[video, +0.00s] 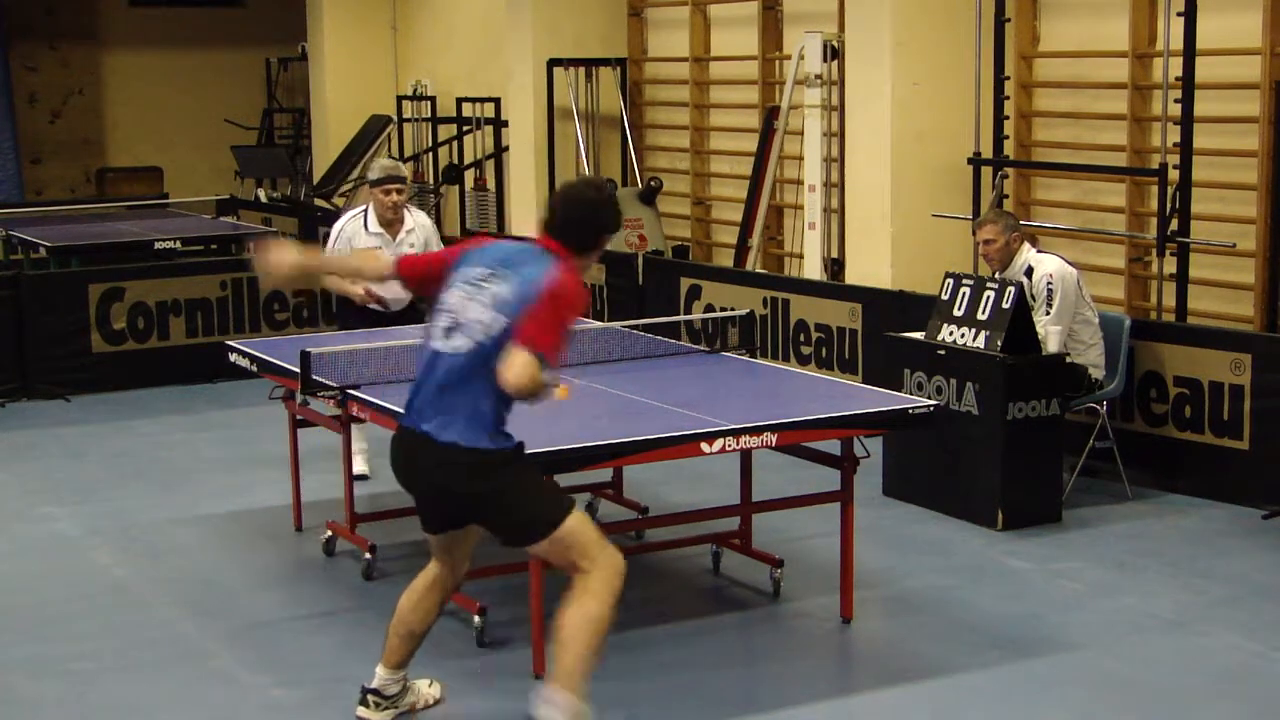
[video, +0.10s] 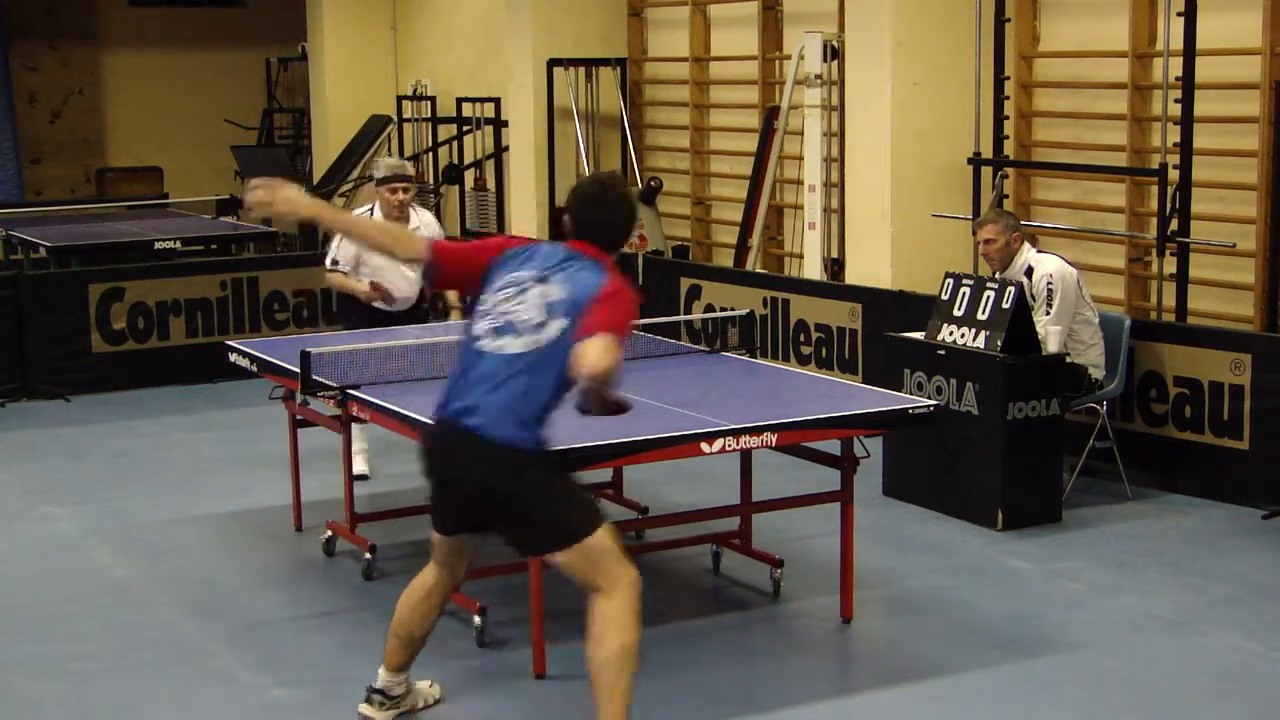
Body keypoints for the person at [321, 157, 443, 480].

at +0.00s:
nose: (394, 199)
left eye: (400, 192)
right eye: (386, 193)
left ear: (408, 192)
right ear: (371, 193)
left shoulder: (423, 224)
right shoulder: (348, 226)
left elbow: (440, 269)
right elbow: (324, 274)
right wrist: (351, 289)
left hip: (408, 308)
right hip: (362, 311)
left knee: (416, 377)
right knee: (355, 379)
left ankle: (423, 449)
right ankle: (358, 451)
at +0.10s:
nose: (400, 198)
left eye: (406, 191)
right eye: (392, 192)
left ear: (415, 191)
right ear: (377, 192)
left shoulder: (428, 223)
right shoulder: (358, 221)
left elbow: (446, 267)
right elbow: (332, 274)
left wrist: (456, 314)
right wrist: (360, 289)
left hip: (414, 311)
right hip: (368, 312)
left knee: (425, 378)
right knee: (359, 378)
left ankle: (440, 449)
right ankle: (358, 448)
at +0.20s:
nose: (411, 196)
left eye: (416, 189)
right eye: (403, 190)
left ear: (423, 190)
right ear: (388, 191)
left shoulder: (435, 222)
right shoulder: (366, 222)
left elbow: (458, 265)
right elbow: (340, 273)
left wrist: (469, 309)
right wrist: (368, 283)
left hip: (421, 309)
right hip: (375, 310)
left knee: (434, 376)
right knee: (361, 376)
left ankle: (454, 444)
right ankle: (359, 450)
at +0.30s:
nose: (427, 196)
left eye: (432, 190)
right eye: (419, 190)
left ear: (439, 191)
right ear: (402, 192)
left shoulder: (449, 223)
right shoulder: (379, 226)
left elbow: (476, 260)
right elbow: (352, 274)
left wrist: (490, 301)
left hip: (429, 309)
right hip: (381, 308)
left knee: (442, 377)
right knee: (367, 377)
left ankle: (461, 444)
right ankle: (362, 450)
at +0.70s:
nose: (482, 221)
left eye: (485, 215)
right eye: (475, 213)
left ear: (486, 215)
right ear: (452, 212)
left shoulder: (469, 244)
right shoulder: (438, 238)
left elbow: (479, 285)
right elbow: (439, 281)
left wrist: (507, 308)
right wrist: (495, 283)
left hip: (432, 320)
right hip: (396, 318)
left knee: (437, 380)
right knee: (428, 382)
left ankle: (425, 449)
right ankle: (422, 450)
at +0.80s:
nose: (491, 231)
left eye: (493, 224)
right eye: (484, 223)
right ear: (461, 221)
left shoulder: (464, 247)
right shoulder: (451, 245)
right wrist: (522, 291)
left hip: (423, 323)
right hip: (397, 320)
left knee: (440, 382)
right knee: (431, 384)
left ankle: (427, 449)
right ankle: (423, 451)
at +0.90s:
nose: (488, 223)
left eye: (492, 216)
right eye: (481, 215)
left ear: (494, 216)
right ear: (460, 215)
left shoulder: (476, 244)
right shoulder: (446, 239)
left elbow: (473, 283)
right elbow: (462, 285)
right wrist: (500, 298)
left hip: (438, 318)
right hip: (407, 317)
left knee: (449, 381)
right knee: (429, 383)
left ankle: (444, 449)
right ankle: (423, 451)